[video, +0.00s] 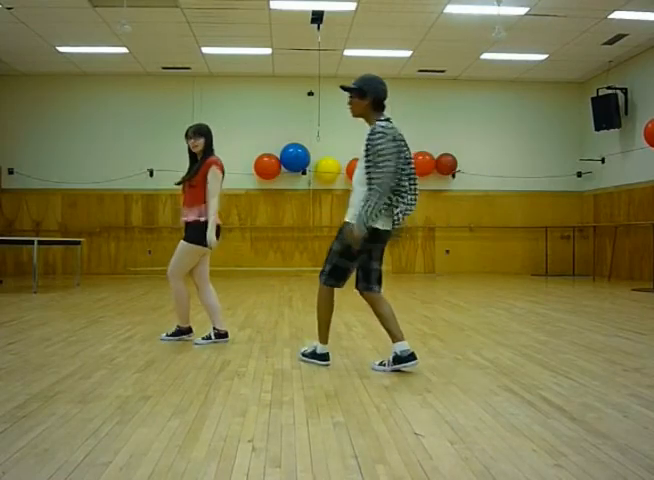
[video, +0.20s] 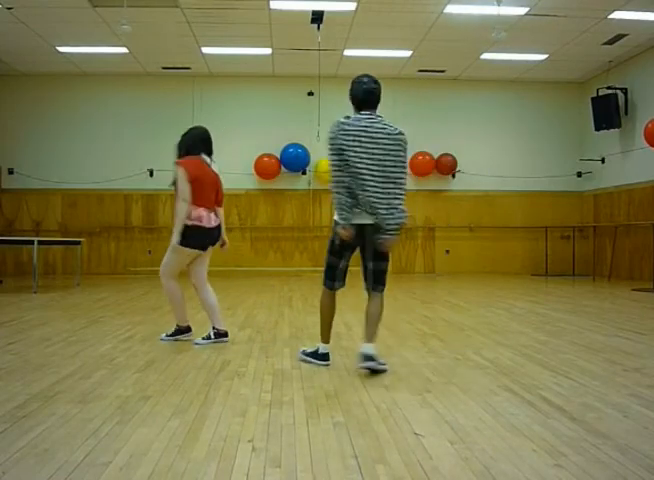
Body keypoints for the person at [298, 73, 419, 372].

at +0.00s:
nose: (349, 101)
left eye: (354, 97)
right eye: (350, 97)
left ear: (370, 100)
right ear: (372, 101)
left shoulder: (380, 134)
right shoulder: (391, 133)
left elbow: (382, 182)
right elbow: (408, 186)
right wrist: (391, 218)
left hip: (361, 221)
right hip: (379, 224)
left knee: (328, 280)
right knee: (368, 287)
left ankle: (320, 348)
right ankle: (402, 350)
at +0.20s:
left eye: (352, 96)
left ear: (351, 100)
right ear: (379, 100)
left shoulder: (340, 129)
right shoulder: (395, 134)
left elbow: (338, 177)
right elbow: (399, 183)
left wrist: (342, 219)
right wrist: (392, 228)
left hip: (348, 220)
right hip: (383, 223)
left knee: (330, 283)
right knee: (376, 288)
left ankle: (323, 348)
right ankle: (369, 348)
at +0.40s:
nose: (385, 101)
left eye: (387, 96)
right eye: (380, 95)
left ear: (386, 100)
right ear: (363, 97)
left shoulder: (370, 135)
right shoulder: (346, 129)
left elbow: (364, 180)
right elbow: (335, 176)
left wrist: (371, 221)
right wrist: (331, 221)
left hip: (366, 219)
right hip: (352, 218)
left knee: (359, 289)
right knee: (373, 284)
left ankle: (327, 348)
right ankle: (347, 349)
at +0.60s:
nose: (350, 101)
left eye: (356, 97)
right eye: (347, 97)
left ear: (370, 101)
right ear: (343, 102)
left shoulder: (385, 134)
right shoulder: (337, 137)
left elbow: (399, 174)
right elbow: (322, 178)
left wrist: (408, 211)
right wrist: (312, 213)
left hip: (367, 218)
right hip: (334, 216)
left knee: (355, 286)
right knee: (347, 286)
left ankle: (337, 336)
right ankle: (355, 350)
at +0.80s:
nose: (351, 103)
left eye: (354, 97)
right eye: (344, 101)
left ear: (364, 99)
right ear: (339, 108)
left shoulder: (380, 130)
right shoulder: (341, 139)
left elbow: (395, 161)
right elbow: (314, 167)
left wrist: (385, 121)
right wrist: (280, 167)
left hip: (362, 219)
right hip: (334, 218)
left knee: (357, 289)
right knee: (334, 288)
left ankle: (371, 335)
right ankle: (354, 349)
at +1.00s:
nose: (351, 101)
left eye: (355, 95)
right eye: (344, 98)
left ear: (363, 99)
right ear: (336, 105)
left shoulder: (377, 132)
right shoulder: (332, 136)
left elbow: (380, 158)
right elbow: (320, 163)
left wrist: (378, 115)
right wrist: (331, 126)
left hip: (365, 217)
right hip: (334, 217)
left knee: (363, 287)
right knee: (338, 288)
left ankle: (365, 335)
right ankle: (354, 348)